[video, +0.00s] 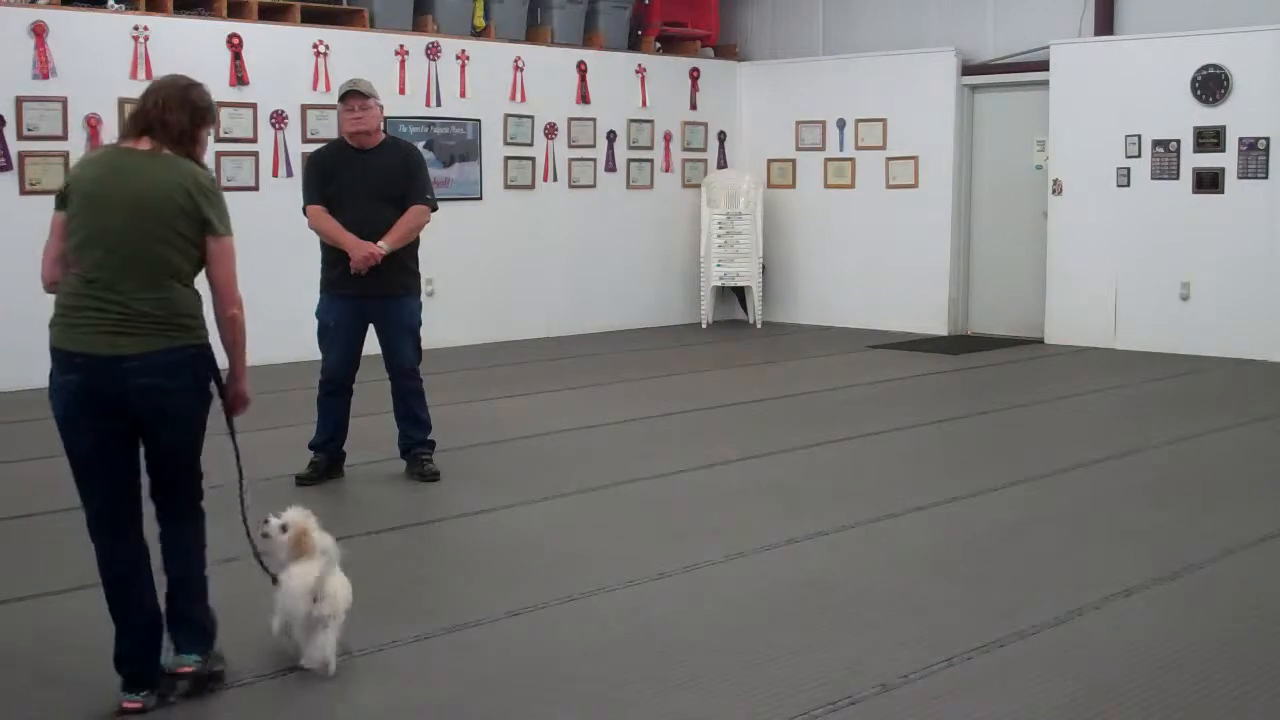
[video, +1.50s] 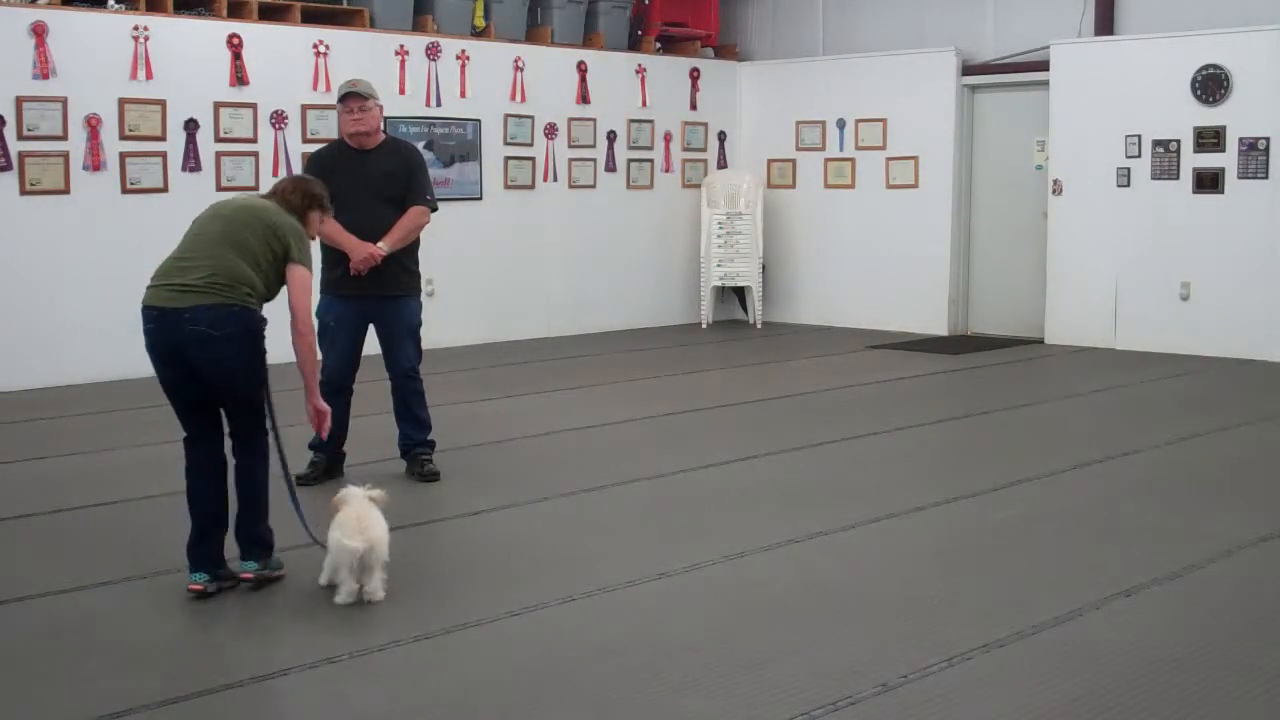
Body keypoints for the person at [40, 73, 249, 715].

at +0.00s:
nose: (208, 143)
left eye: (209, 133)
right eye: (207, 133)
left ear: (143, 115)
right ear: (194, 129)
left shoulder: (86, 169)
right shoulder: (197, 183)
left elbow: (53, 273)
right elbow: (227, 297)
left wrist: (116, 264)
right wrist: (238, 372)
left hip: (82, 371)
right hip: (171, 368)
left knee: (113, 523)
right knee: (179, 506)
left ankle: (137, 677)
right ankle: (189, 651)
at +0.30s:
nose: (251, 173)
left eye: (251, 165)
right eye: (250, 165)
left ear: (192, 151)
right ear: (237, 161)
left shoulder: (139, 189)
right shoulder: (243, 210)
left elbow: (99, 281)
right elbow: (261, 321)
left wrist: (155, 285)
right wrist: (266, 395)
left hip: (118, 371)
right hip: (203, 373)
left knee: (137, 507)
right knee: (208, 490)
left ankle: (143, 641)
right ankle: (217, 605)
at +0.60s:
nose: (287, 216)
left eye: (290, 209)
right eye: (288, 208)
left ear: (238, 180)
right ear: (279, 199)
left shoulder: (180, 200)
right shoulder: (275, 231)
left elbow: (129, 274)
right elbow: (285, 329)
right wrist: (278, 409)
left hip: (139, 343)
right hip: (217, 348)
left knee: (161, 464)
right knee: (224, 470)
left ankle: (153, 598)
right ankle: (217, 603)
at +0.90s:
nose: (298, 247)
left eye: (301, 239)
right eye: (299, 239)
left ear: (256, 210)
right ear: (290, 230)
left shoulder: (197, 222)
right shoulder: (283, 253)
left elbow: (142, 284)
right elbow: (297, 354)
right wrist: (302, 422)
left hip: (147, 336)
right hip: (219, 341)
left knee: (179, 463)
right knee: (229, 469)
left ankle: (199, 578)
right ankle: (218, 599)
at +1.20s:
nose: (306, 262)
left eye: (310, 255)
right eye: (308, 254)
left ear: (269, 226)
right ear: (297, 245)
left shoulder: (214, 228)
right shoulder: (286, 260)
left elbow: (152, 276)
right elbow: (306, 360)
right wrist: (326, 428)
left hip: (147, 323)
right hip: (213, 330)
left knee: (185, 447)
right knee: (227, 451)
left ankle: (198, 570)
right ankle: (218, 567)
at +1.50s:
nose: (317, 235)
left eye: (321, 225)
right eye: (319, 223)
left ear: (277, 198)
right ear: (304, 211)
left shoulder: (221, 210)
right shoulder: (291, 232)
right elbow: (302, 325)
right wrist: (314, 395)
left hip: (160, 316)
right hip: (225, 319)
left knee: (201, 438)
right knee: (249, 437)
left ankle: (204, 566)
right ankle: (255, 554)